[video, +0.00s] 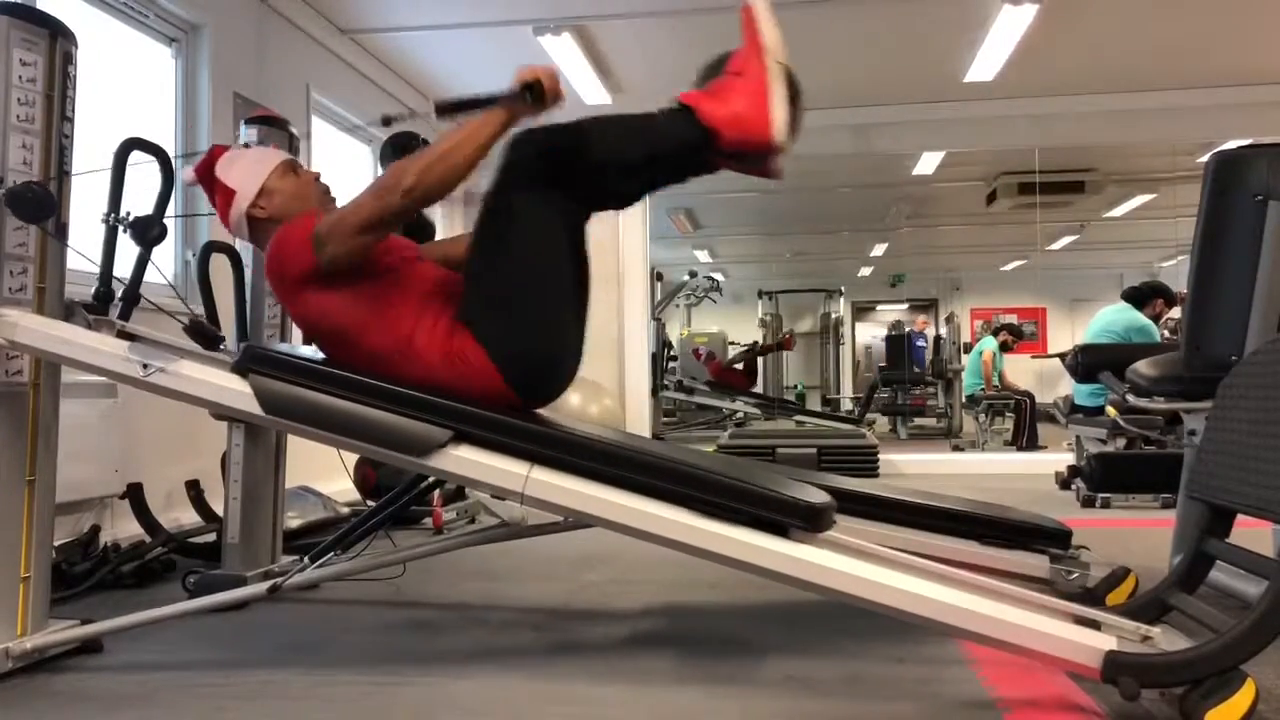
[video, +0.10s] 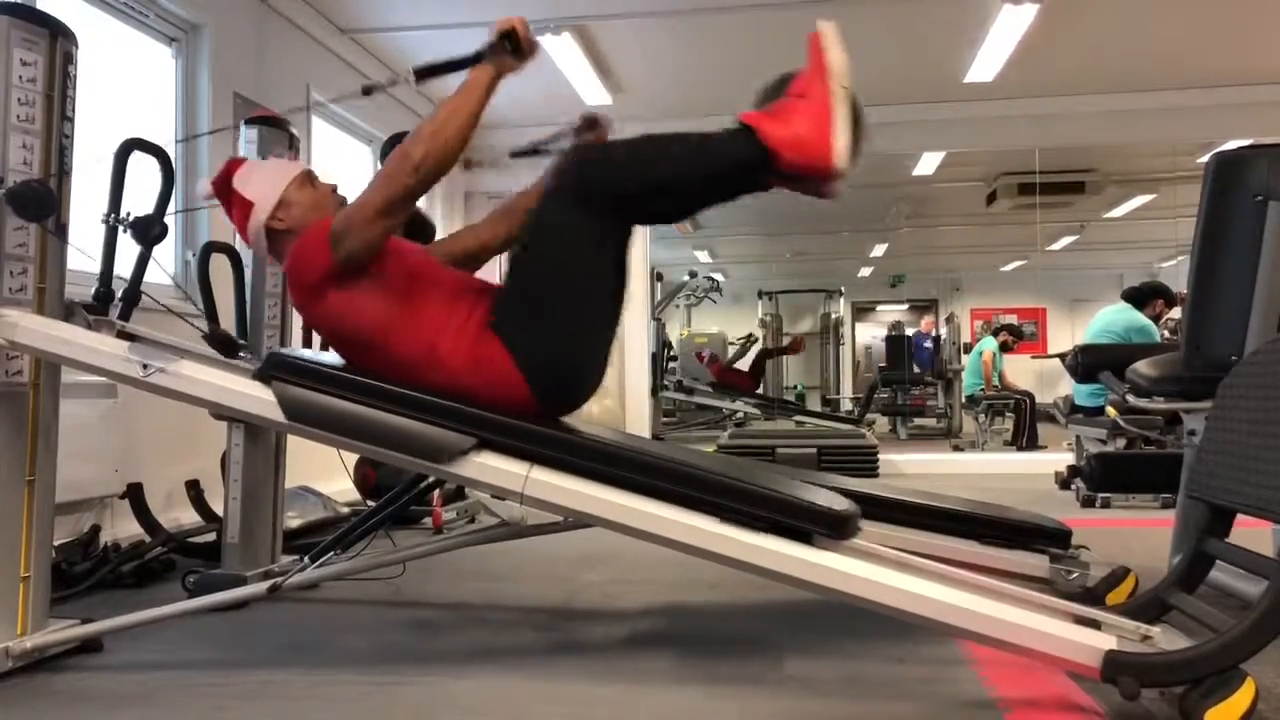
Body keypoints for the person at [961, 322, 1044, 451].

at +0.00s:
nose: (1014, 347)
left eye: (1016, 344)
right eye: (1013, 342)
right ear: (1003, 334)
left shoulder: (998, 352)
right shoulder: (990, 341)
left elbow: (1004, 381)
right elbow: (986, 361)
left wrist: (1018, 389)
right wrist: (989, 390)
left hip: (985, 392)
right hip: (976, 393)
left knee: (1026, 398)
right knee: (1026, 399)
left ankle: (1020, 442)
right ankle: (1025, 444)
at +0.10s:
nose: (1014, 347)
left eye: (1016, 344)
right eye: (1013, 342)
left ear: (1003, 336)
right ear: (1003, 335)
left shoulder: (997, 352)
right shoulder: (990, 342)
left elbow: (1004, 382)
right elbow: (986, 361)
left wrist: (1019, 390)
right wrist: (989, 390)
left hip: (986, 392)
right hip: (976, 393)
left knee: (1026, 398)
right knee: (1025, 399)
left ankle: (1019, 442)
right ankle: (1026, 444)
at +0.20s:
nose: (1014, 347)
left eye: (1016, 344)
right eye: (1013, 342)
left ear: (1003, 335)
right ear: (1004, 334)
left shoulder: (997, 352)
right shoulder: (990, 341)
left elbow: (1004, 381)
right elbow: (986, 360)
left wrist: (1019, 390)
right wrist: (989, 389)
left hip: (985, 392)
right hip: (976, 393)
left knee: (1027, 398)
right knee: (1025, 399)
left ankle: (1020, 441)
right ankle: (1025, 444)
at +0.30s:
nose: (1014, 347)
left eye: (1016, 344)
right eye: (1013, 342)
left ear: (1003, 335)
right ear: (1004, 334)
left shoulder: (997, 352)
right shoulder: (990, 341)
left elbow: (1004, 382)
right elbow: (986, 360)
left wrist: (1021, 392)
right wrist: (989, 390)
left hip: (985, 392)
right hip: (977, 393)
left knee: (1026, 397)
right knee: (1026, 399)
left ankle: (1019, 442)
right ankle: (1026, 444)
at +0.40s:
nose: (1013, 347)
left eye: (1015, 344)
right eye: (1013, 342)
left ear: (1003, 335)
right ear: (1003, 334)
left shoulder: (997, 352)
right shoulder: (990, 341)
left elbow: (1004, 381)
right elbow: (986, 360)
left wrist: (1019, 390)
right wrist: (989, 389)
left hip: (985, 392)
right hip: (976, 393)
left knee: (1027, 397)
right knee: (1025, 399)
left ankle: (1020, 441)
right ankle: (1025, 444)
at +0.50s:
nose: (1013, 347)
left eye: (1016, 344)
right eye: (1013, 342)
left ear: (1003, 336)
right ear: (1004, 334)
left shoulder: (997, 352)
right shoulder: (990, 341)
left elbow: (1004, 382)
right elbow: (986, 360)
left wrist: (1020, 391)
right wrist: (989, 389)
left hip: (985, 392)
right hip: (976, 393)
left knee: (1027, 397)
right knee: (1025, 399)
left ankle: (1022, 442)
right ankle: (1026, 445)